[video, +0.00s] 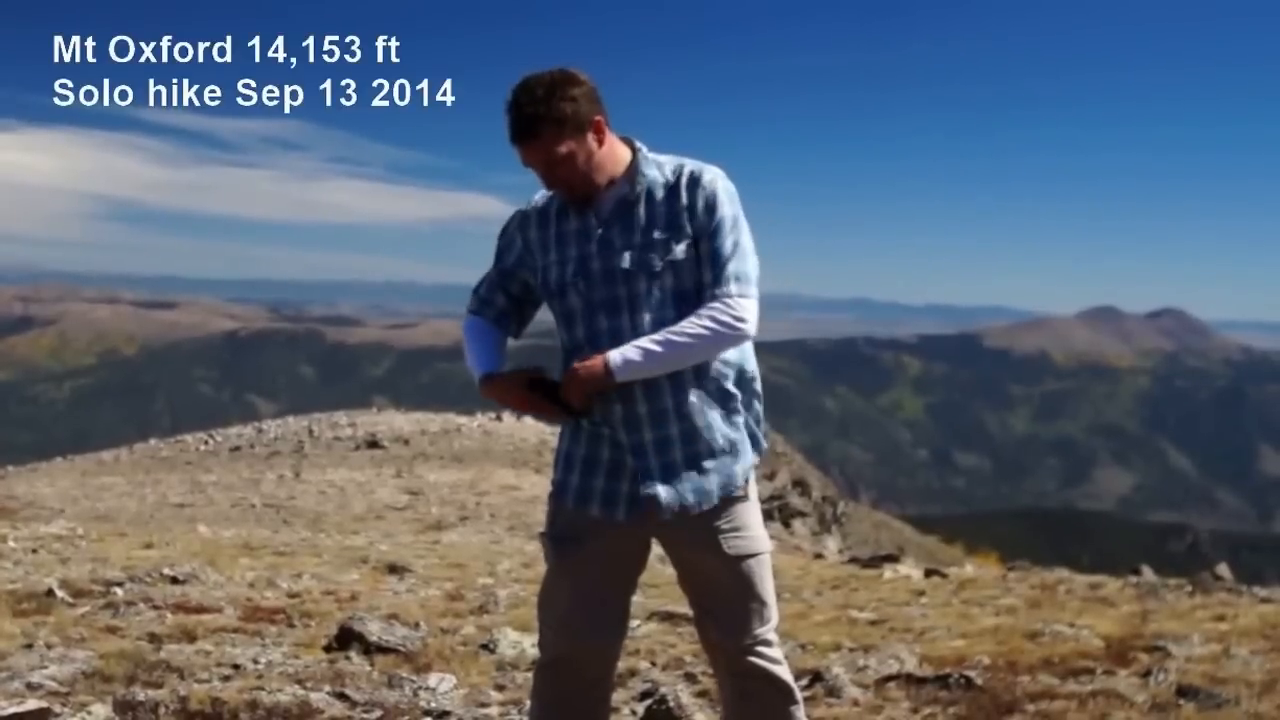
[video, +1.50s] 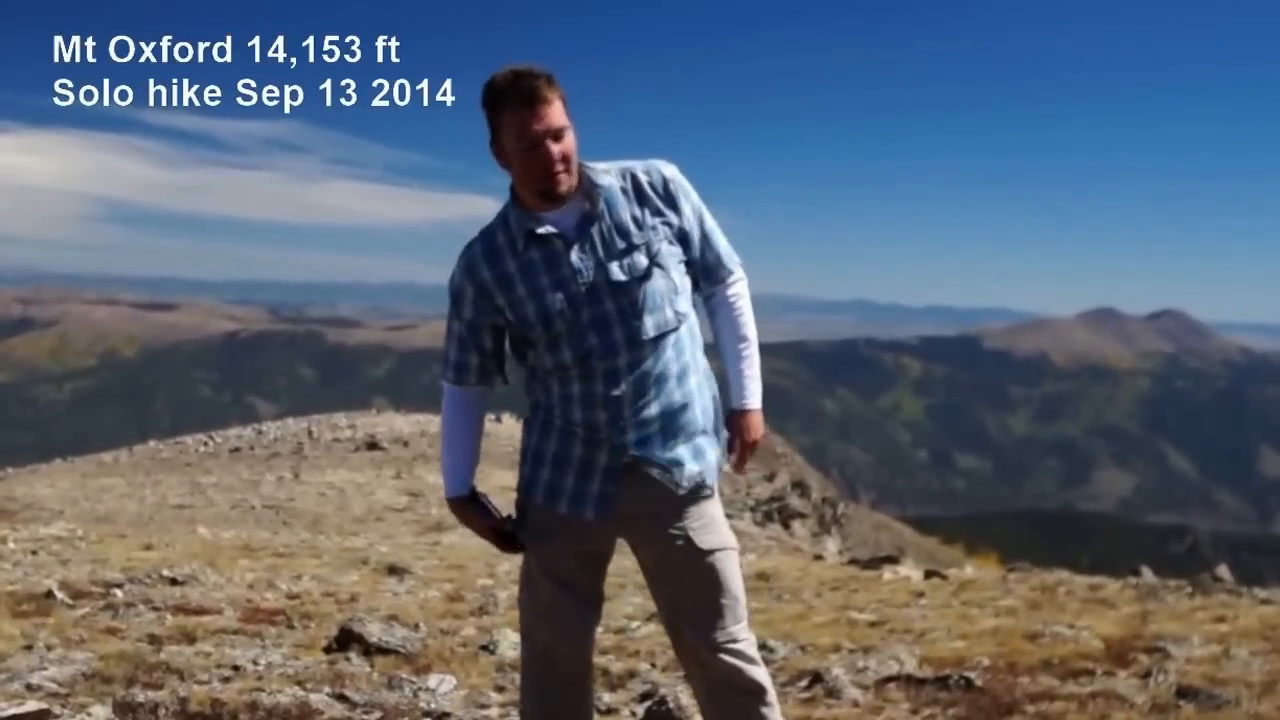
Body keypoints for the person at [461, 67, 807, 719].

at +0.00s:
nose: (550, 180)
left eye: (558, 161)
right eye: (537, 168)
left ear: (597, 133)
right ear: (526, 158)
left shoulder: (699, 191)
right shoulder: (534, 231)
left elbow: (734, 315)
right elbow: (486, 316)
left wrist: (611, 365)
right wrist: (493, 378)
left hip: (705, 463)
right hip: (595, 468)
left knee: (751, 663)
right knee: (569, 668)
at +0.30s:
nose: (514, 193)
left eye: (522, 173)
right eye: (499, 181)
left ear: (560, 144)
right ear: (484, 172)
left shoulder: (665, 186)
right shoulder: (509, 249)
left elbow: (739, 295)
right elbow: (488, 361)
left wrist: (665, 381)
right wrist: (468, 456)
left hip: (697, 458)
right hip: (587, 471)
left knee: (746, 658)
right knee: (566, 666)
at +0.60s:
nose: (542, 170)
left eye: (549, 149)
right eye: (522, 162)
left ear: (574, 135)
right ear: (504, 169)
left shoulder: (669, 186)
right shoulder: (509, 270)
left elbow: (752, 271)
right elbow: (501, 394)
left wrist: (779, 393)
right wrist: (484, 505)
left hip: (706, 462)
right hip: (595, 479)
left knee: (751, 665)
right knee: (568, 678)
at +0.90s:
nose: (595, 138)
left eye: (603, 121)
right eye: (575, 127)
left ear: (618, 122)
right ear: (543, 139)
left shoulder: (697, 187)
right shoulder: (526, 254)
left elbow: (763, 282)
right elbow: (505, 380)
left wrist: (789, 397)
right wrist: (488, 491)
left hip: (710, 462)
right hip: (597, 476)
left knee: (750, 660)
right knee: (568, 671)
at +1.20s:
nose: (580, 140)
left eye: (587, 124)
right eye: (560, 130)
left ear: (601, 126)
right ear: (524, 146)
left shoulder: (678, 188)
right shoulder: (509, 261)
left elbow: (746, 285)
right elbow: (489, 386)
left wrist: (766, 403)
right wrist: (482, 498)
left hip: (694, 464)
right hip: (582, 478)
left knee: (736, 658)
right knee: (562, 672)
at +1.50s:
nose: (553, 153)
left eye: (559, 134)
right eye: (533, 143)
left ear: (574, 129)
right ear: (500, 153)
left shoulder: (657, 189)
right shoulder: (485, 264)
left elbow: (726, 285)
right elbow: (464, 383)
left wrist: (747, 400)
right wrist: (458, 488)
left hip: (676, 460)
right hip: (564, 476)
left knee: (724, 657)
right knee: (553, 674)